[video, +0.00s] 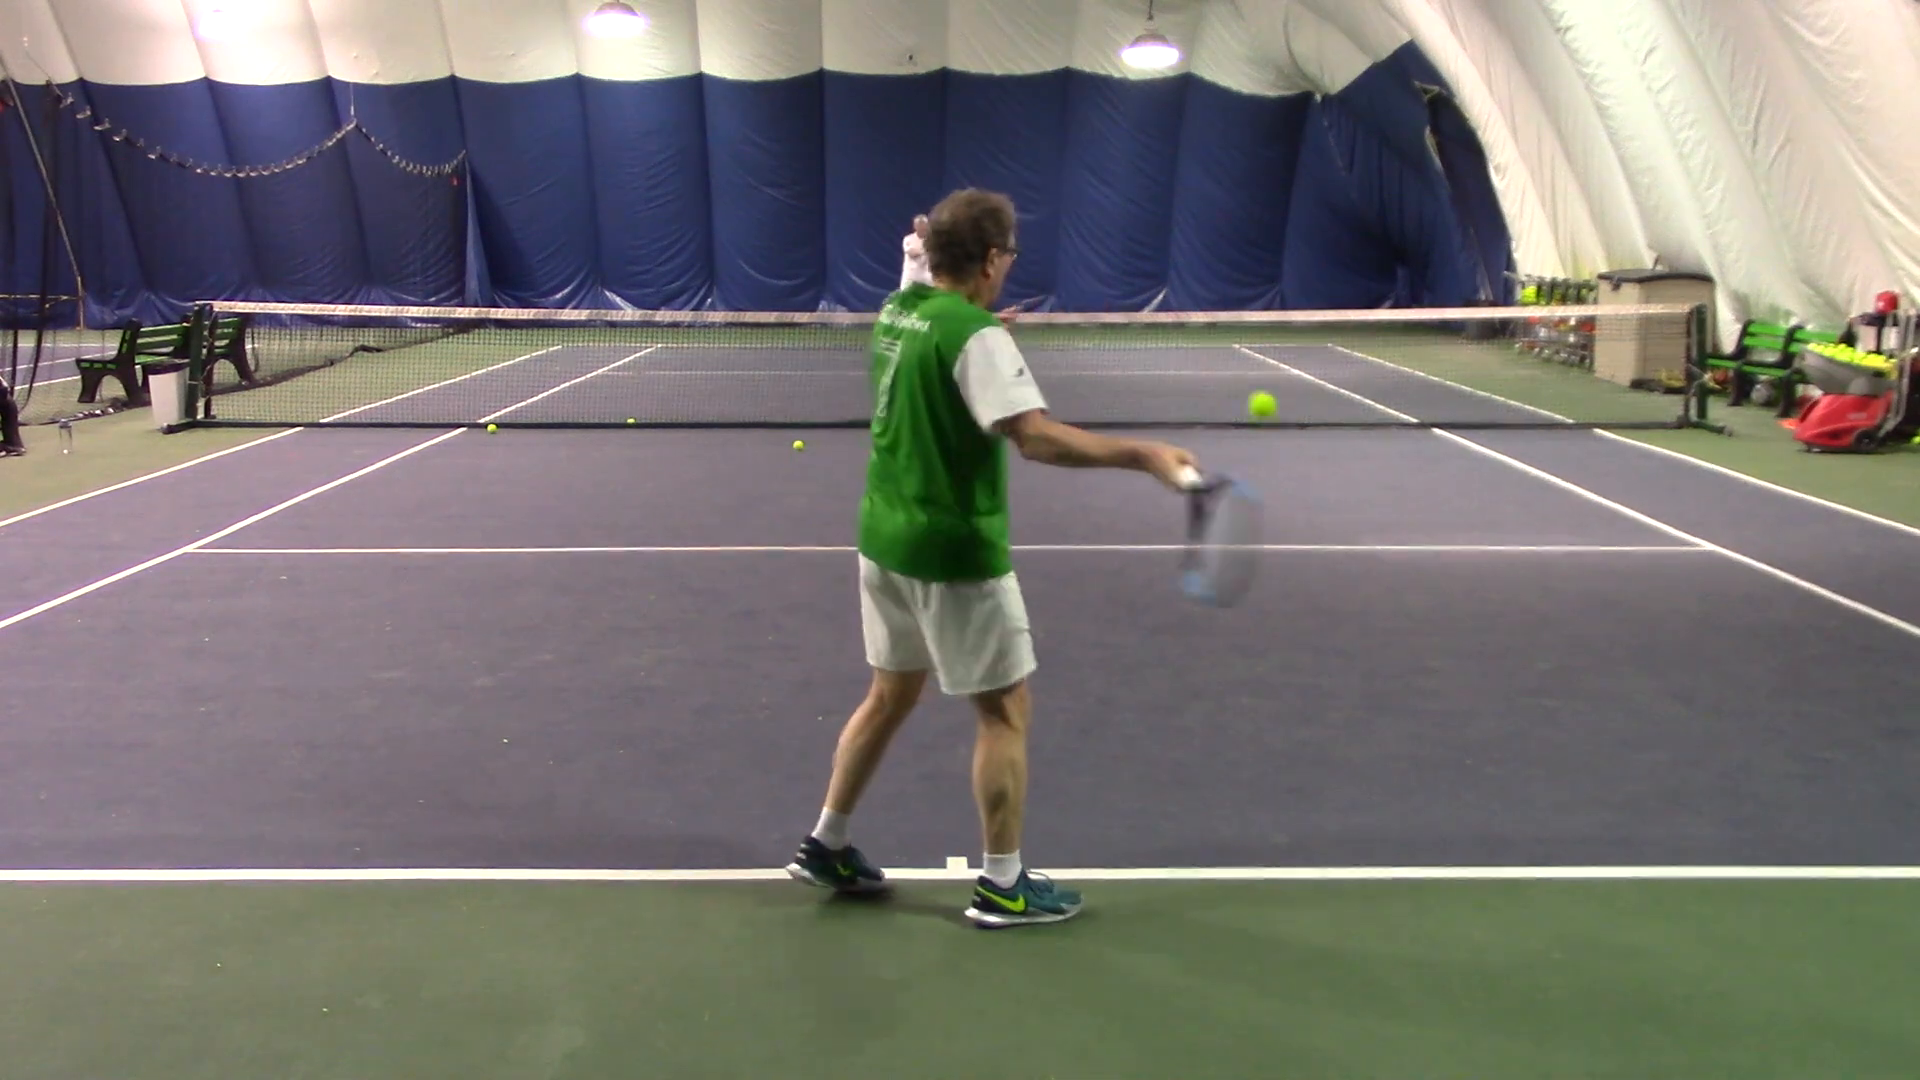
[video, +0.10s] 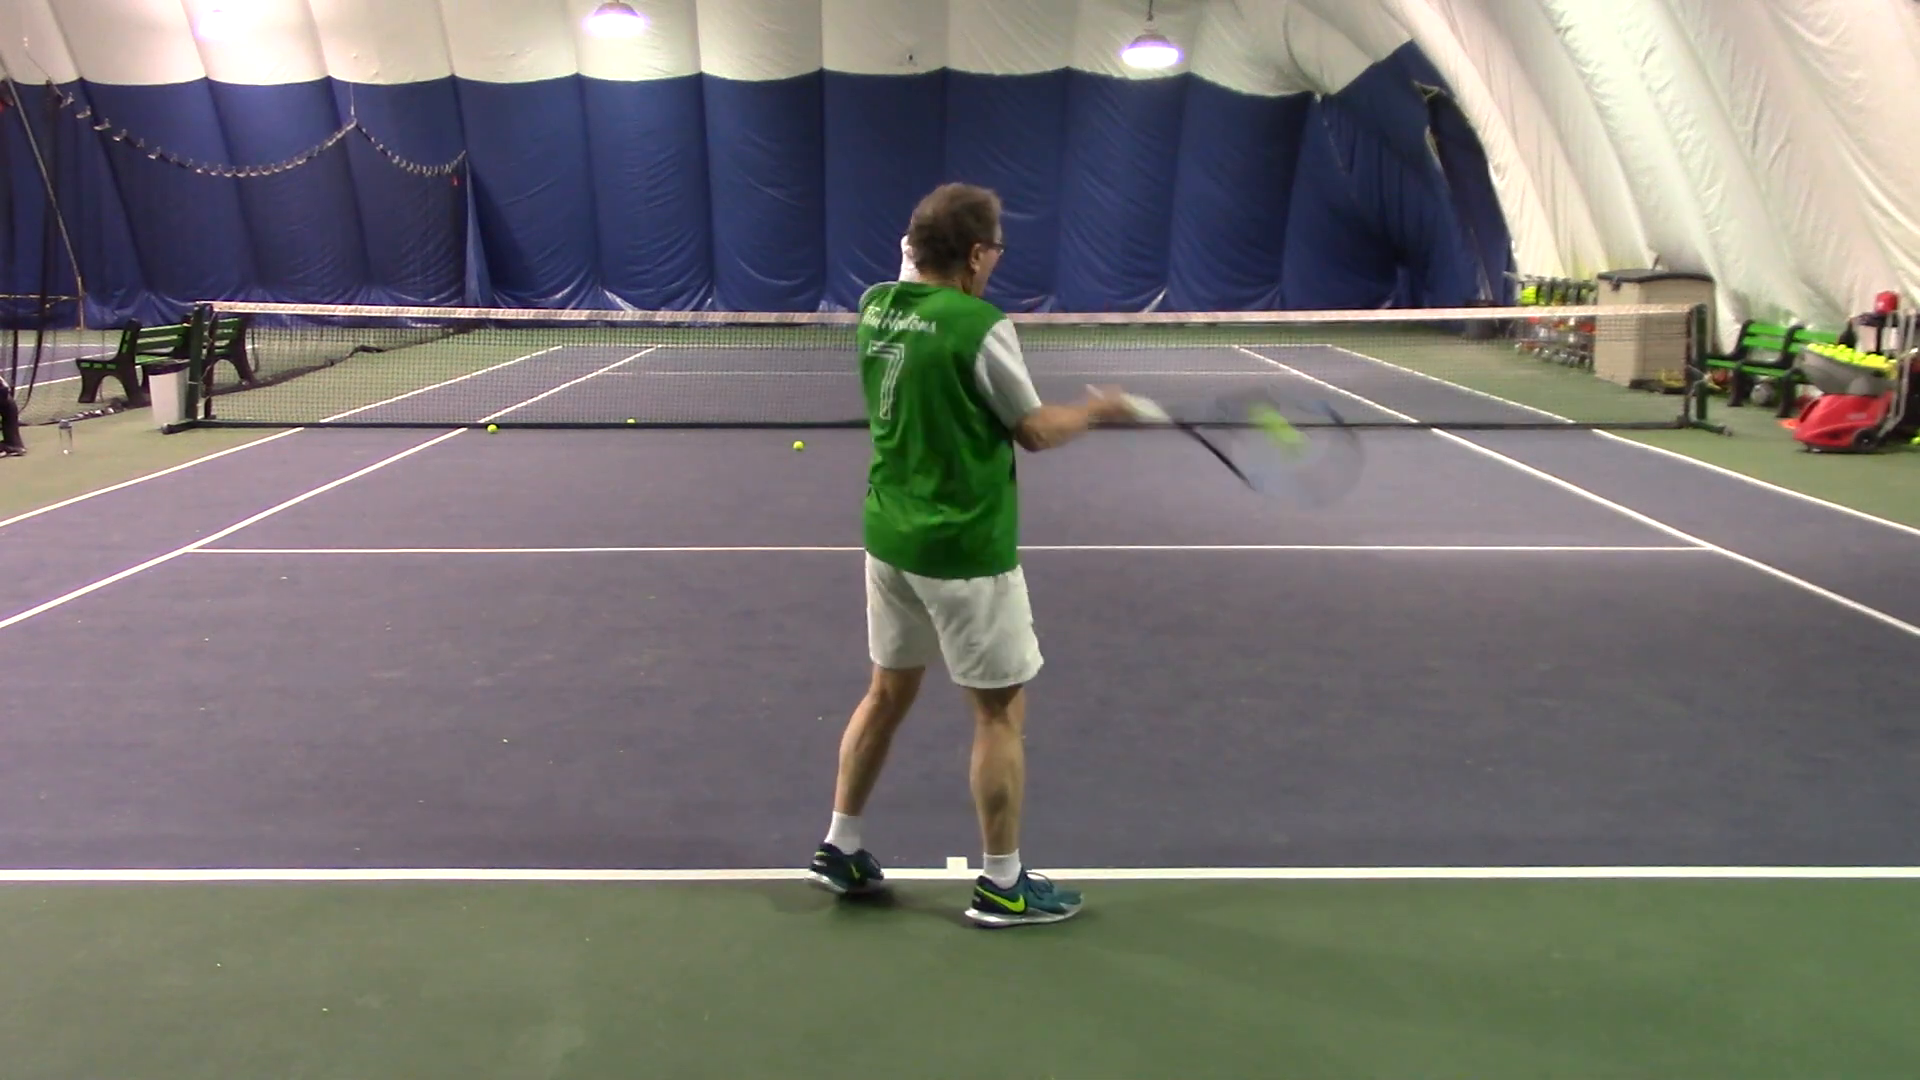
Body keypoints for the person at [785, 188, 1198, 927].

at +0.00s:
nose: (1010, 264)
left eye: (1009, 253)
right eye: (1008, 254)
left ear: (934, 257)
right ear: (989, 260)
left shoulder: (896, 313)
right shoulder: (974, 333)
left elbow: (915, 291)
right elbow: (1035, 437)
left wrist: (925, 264)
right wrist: (1145, 454)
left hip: (883, 538)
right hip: (958, 553)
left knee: (891, 689)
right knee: (1003, 711)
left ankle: (825, 843)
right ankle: (1002, 882)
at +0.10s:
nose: (997, 258)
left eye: (996, 246)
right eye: (994, 247)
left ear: (919, 248)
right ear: (973, 254)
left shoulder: (878, 306)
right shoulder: (980, 327)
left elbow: (912, 262)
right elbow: (1036, 429)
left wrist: (940, 257)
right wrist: (1095, 408)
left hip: (887, 539)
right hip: (967, 555)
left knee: (888, 690)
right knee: (999, 711)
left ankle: (839, 849)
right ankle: (1003, 881)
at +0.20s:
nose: (989, 260)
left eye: (987, 251)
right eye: (987, 252)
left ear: (907, 252)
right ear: (975, 262)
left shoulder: (863, 311)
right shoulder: (984, 324)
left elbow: (870, 294)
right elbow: (1031, 382)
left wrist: (927, 281)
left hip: (883, 540)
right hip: (967, 550)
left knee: (877, 702)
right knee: (997, 710)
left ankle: (842, 862)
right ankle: (1002, 882)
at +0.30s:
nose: (989, 266)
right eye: (985, 260)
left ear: (906, 259)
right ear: (973, 271)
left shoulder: (858, 321)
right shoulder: (986, 328)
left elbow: (820, 300)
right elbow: (986, 281)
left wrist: (902, 269)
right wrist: (921, 243)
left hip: (870, 543)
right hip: (958, 548)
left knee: (861, 711)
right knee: (991, 711)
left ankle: (839, 871)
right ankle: (1000, 882)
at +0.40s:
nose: (982, 260)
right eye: (980, 255)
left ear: (899, 258)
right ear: (967, 268)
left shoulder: (847, 323)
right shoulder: (979, 325)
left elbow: (793, 312)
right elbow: (933, 250)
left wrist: (811, 311)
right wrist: (848, 213)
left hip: (851, 547)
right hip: (944, 551)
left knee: (846, 714)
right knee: (979, 715)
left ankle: (836, 874)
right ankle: (1000, 882)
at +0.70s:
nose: (936, 259)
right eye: (936, 250)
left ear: (863, 253)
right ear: (930, 260)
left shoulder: (803, 326)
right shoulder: (944, 321)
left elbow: (708, 394)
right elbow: (887, 294)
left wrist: (755, 351)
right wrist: (818, 275)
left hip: (817, 556)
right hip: (913, 553)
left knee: (829, 719)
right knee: (951, 706)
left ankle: (832, 875)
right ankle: (941, 872)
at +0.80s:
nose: (924, 257)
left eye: (863, 242)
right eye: (924, 248)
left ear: (848, 254)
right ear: (920, 259)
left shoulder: (797, 334)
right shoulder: (944, 329)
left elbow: (721, 434)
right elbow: (930, 380)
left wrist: (794, 375)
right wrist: (842, 317)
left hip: (814, 559)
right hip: (911, 557)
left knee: (827, 719)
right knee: (920, 715)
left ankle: (829, 875)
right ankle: (898, 883)